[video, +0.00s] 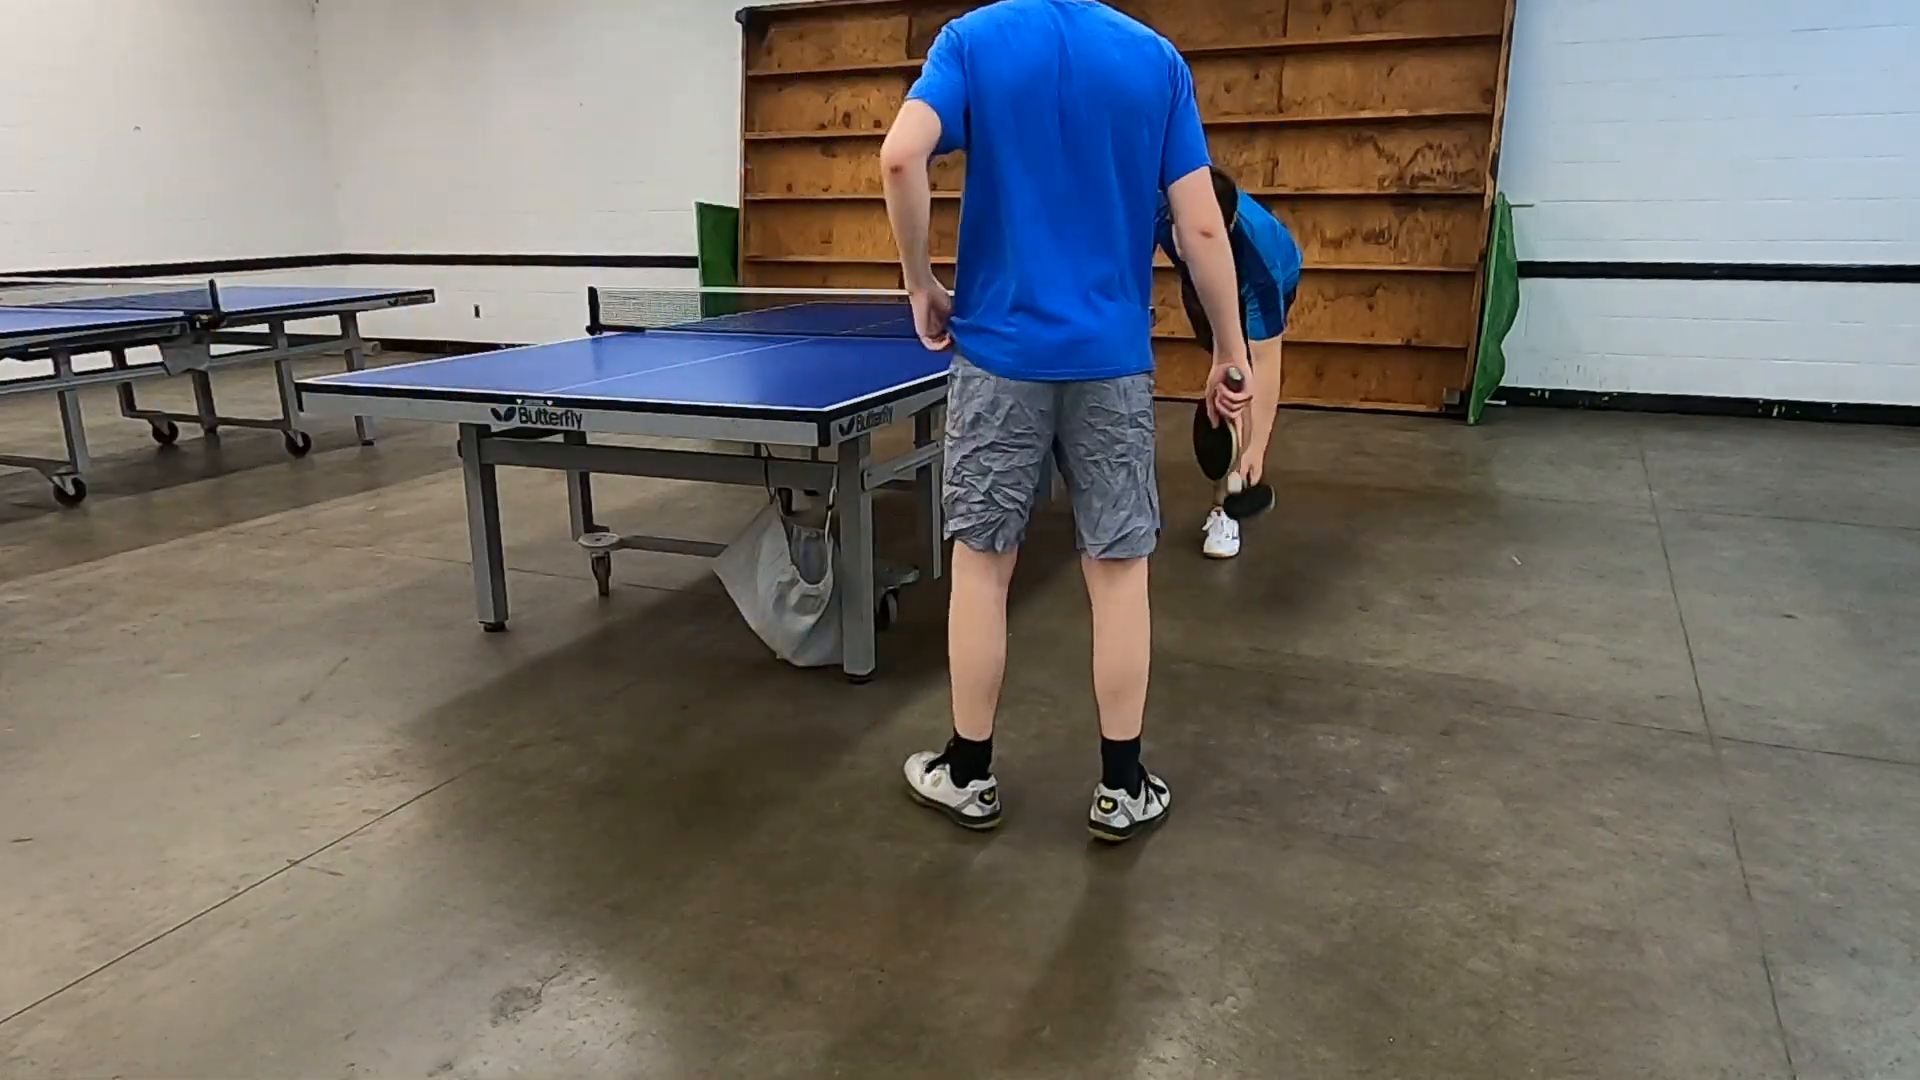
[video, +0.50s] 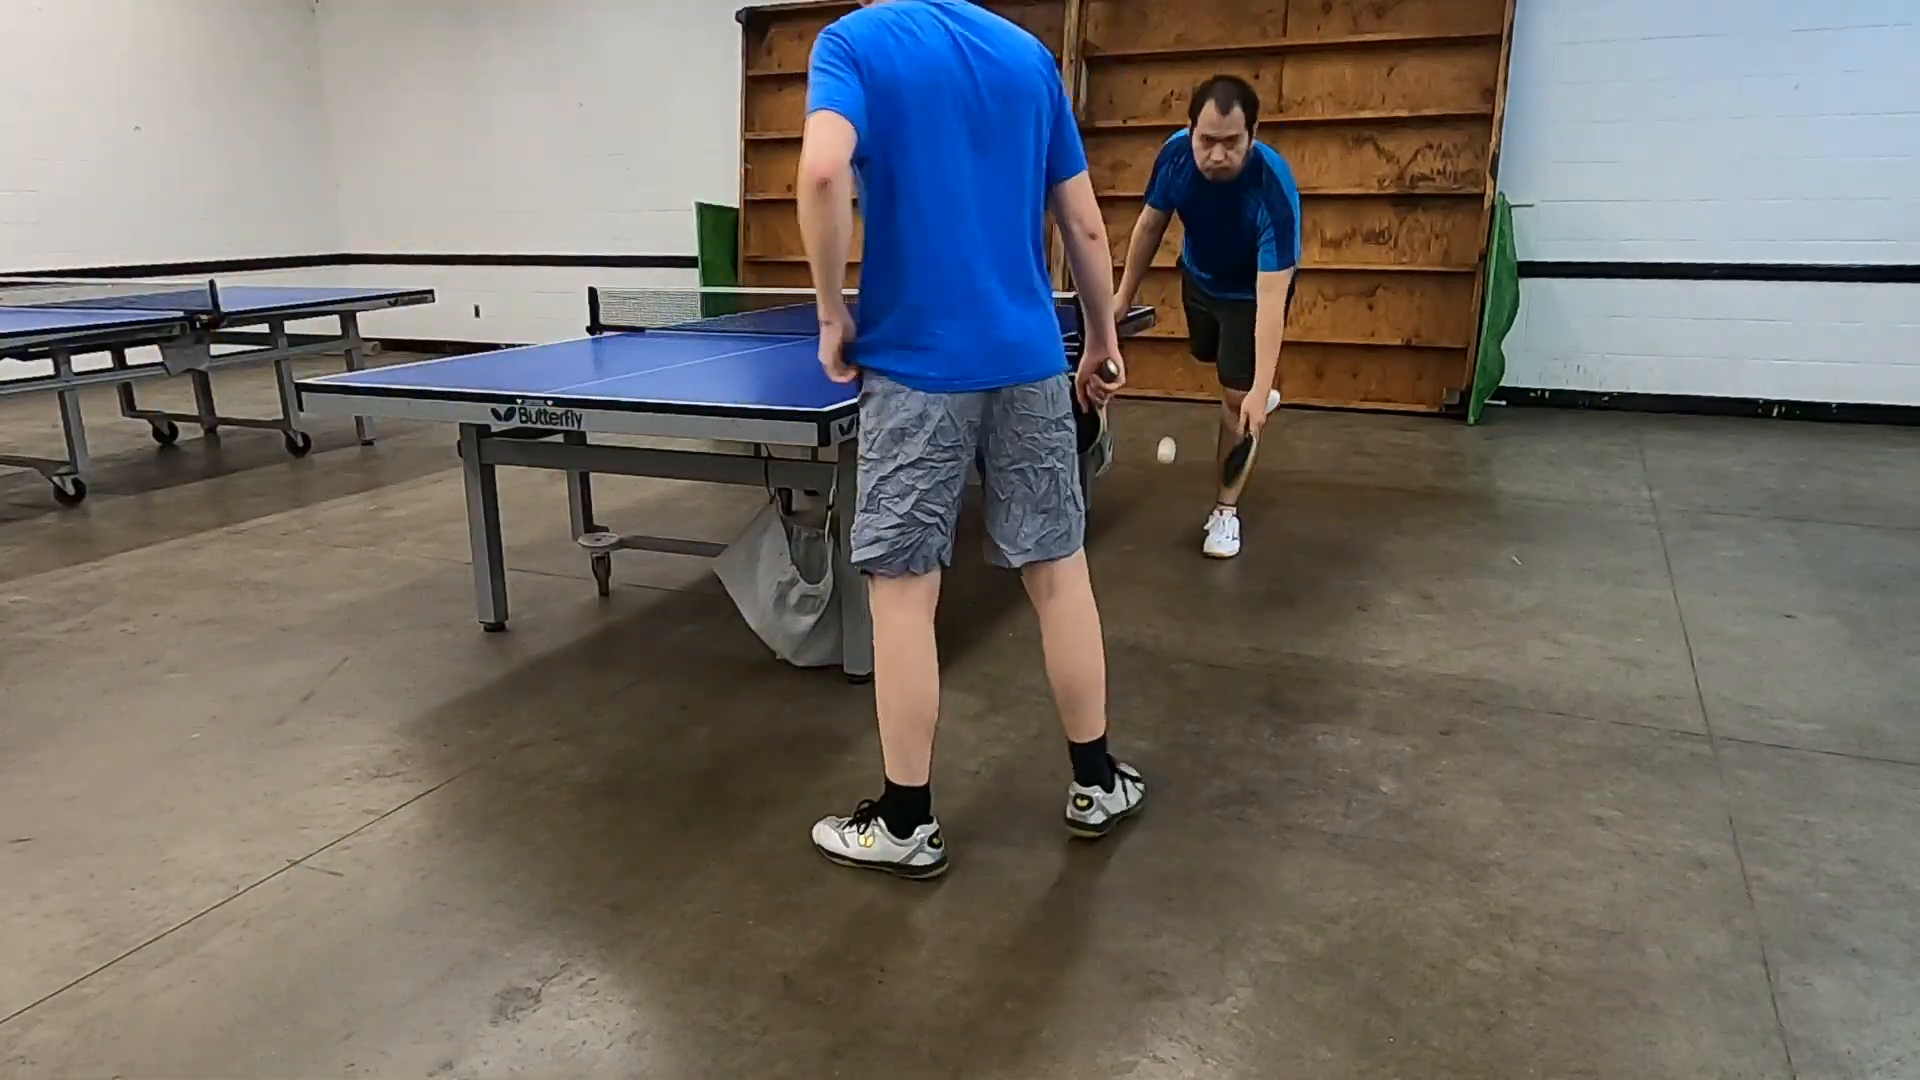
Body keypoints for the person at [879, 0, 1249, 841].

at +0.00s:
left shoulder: (974, 37)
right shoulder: (1158, 58)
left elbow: (901, 156)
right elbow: (1201, 224)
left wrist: (920, 281)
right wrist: (1231, 345)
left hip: (1001, 351)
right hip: (1113, 354)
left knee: (981, 562)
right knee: (1118, 565)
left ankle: (969, 773)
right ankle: (1122, 784)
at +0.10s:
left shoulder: (973, 33)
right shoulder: (1152, 57)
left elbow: (919, 156)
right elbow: (1197, 221)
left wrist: (925, 284)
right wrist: (1220, 340)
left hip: (1007, 351)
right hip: (1116, 352)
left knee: (968, 558)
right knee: (1116, 562)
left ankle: (947, 784)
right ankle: (1123, 784)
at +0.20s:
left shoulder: (956, 34)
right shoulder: (1127, 51)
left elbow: (924, 163)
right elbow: (1176, 219)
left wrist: (921, 292)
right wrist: (1189, 338)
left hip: (999, 357)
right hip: (1109, 356)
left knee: (949, 570)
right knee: (1111, 571)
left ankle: (923, 797)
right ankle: (1124, 787)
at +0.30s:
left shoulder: (924, 43)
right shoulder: (1092, 53)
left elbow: (909, 177)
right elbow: (1144, 231)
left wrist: (903, 310)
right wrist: (1150, 334)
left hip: (976, 364)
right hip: (1085, 361)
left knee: (933, 582)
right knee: (1097, 570)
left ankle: (909, 816)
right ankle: (1124, 789)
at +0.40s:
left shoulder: (883, 47)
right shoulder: (1054, 55)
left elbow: (869, 183)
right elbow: (1108, 226)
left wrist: (869, 317)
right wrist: (1117, 329)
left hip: (940, 375)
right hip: (1049, 369)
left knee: (914, 588)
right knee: (1075, 574)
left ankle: (906, 818)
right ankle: (1114, 784)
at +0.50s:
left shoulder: (853, 41)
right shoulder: (1028, 52)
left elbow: (824, 170)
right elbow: (1085, 222)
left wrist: (832, 312)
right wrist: (1104, 336)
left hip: (917, 365)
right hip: (1031, 358)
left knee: (903, 589)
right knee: (1058, 571)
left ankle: (905, 818)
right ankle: (1096, 780)